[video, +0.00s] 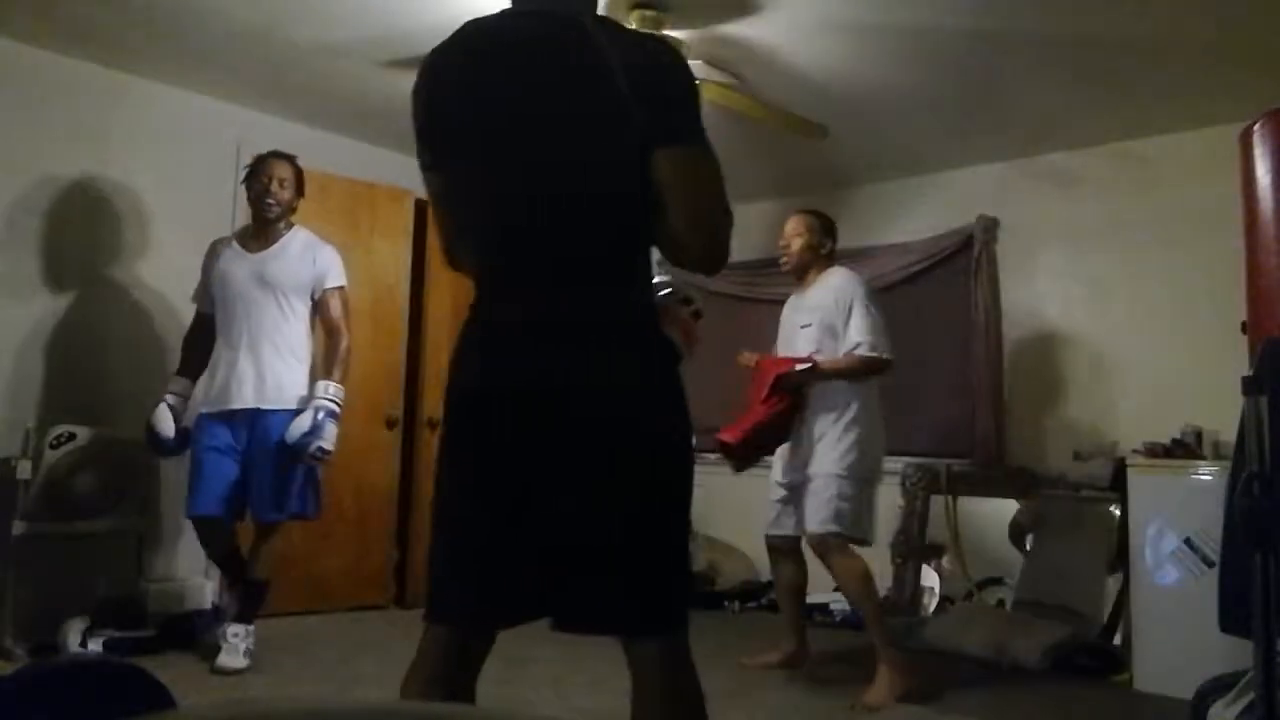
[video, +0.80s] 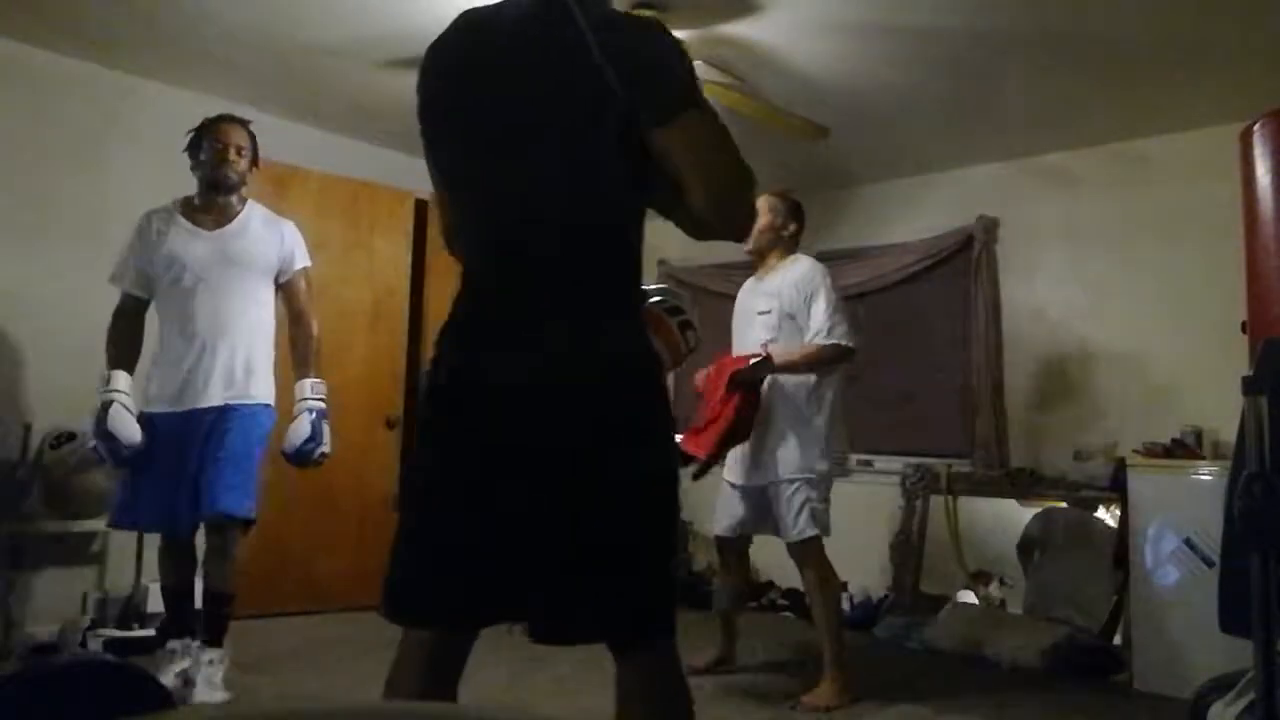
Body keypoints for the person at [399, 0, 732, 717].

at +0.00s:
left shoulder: (447, 65)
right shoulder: (646, 59)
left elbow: (461, 249)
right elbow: (702, 243)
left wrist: (641, 308)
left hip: (496, 365)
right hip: (622, 365)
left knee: (452, 638)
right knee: (656, 643)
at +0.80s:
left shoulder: (449, 50)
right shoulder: (634, 41)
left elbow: (456, 234)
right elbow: (726, 213)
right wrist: (631, 162)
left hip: (478, 370)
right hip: (604, 374)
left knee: (433, 635)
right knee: (644, 646)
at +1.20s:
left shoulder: (536, 59)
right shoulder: (742, 65)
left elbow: (527, 237)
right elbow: (805, 248)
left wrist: (611, 278)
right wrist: (723, 199)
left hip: (567, 369)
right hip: (690, 373)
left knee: (495, 633)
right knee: (690, 650)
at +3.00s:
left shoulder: (431, 38)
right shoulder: (643, 25)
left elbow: (474, 193)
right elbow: (752, 182)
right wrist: (648, 167)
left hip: (475, 353)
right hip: (604, 359)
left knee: (444, 647)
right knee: (646, 651)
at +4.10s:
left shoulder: (465, 49)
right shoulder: (676, 38)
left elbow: (497, 208)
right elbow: (774, 195)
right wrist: (688, 190)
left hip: (517, 360)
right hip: (640, 364)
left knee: (474, 639)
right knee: (664, 644)